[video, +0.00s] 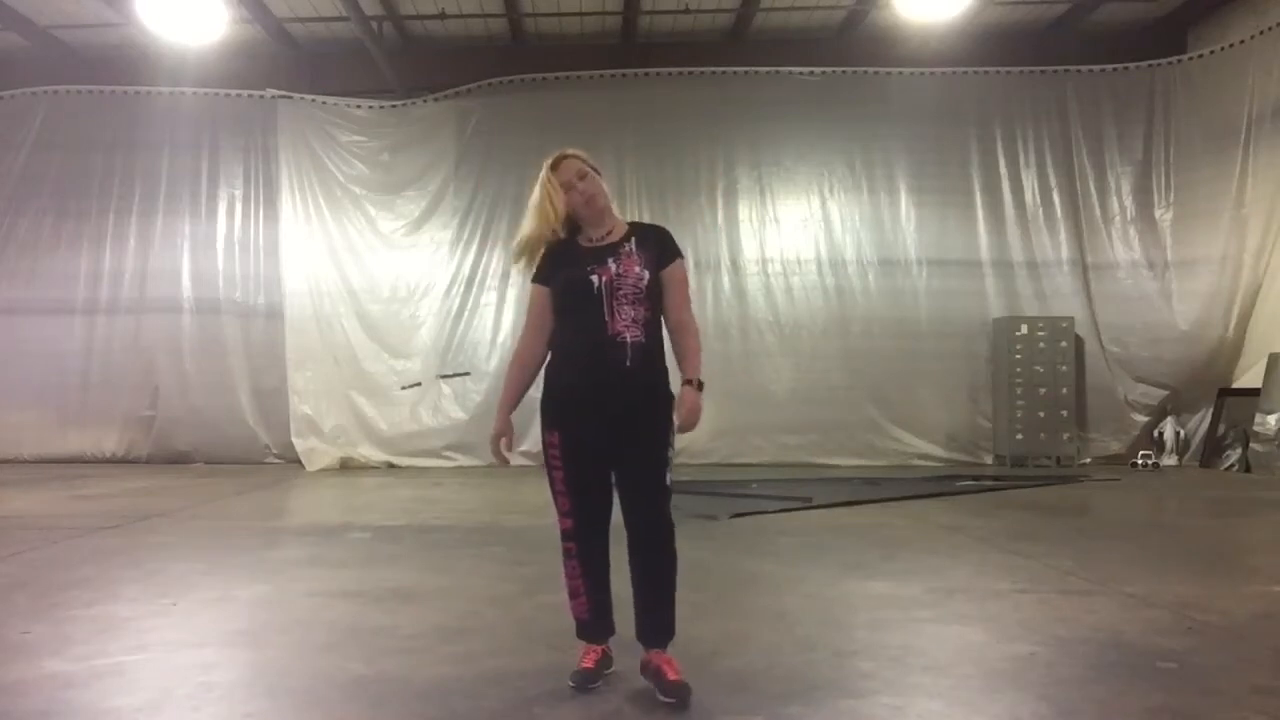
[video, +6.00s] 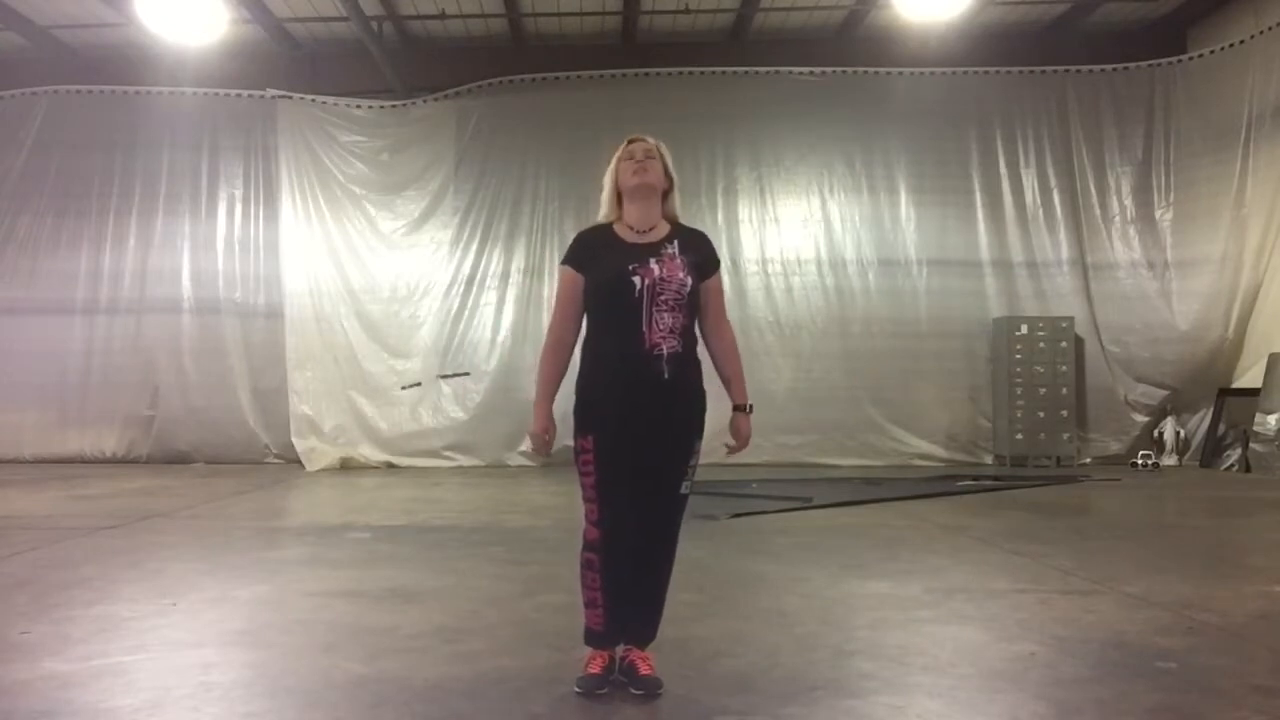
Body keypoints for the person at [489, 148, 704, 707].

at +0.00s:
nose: (582, 187)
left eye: (585, 175)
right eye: (569, 186)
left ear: (604, 178)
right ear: (561, 205)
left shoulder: (653, 241)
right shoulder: (556, 258)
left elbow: (680, 319)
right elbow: (534, 339)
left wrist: (693, 383)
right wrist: (505, 409)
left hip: (642, 410)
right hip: (572, 415)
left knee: (652, 528)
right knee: (582, 531)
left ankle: (657, 650)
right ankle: (594, 644)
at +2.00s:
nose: (619, 163)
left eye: (629, 156)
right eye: (609, 156)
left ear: (646, 173)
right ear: (594, 173)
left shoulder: (671, 240)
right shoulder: (569, 241)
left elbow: (713, 303)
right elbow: (520, 304)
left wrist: (720, 367)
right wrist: (517, 370)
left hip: (656, 403)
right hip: (585, 402)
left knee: (645, 524)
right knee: (589, 527)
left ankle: (634, 648)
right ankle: (597, 649)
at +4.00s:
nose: (632, 181)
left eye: (644, 173)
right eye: (622, 171)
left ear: (658, 183)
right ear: (606, 179)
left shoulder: (682, 247)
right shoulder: (583, 248)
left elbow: (706, 327)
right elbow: (548, 330)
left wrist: (728, 399)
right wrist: (529, 402)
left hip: (669, 410)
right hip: (600, 409)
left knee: (653, 527)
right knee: (601, 528)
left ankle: (635, 648)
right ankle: (599, 649)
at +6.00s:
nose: (639, 163)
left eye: (650, 157)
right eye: (629, 158)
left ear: (667, 175)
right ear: (614, 177)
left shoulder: (695, 245)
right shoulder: (590, 245)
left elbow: (716, 328)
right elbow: (562, 334)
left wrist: (740, 401)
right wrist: (541, 407)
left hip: (675, 411)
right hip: (605, 409)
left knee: (657, 528)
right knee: (604, 527)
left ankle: (637, 648)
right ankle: (599, 650)